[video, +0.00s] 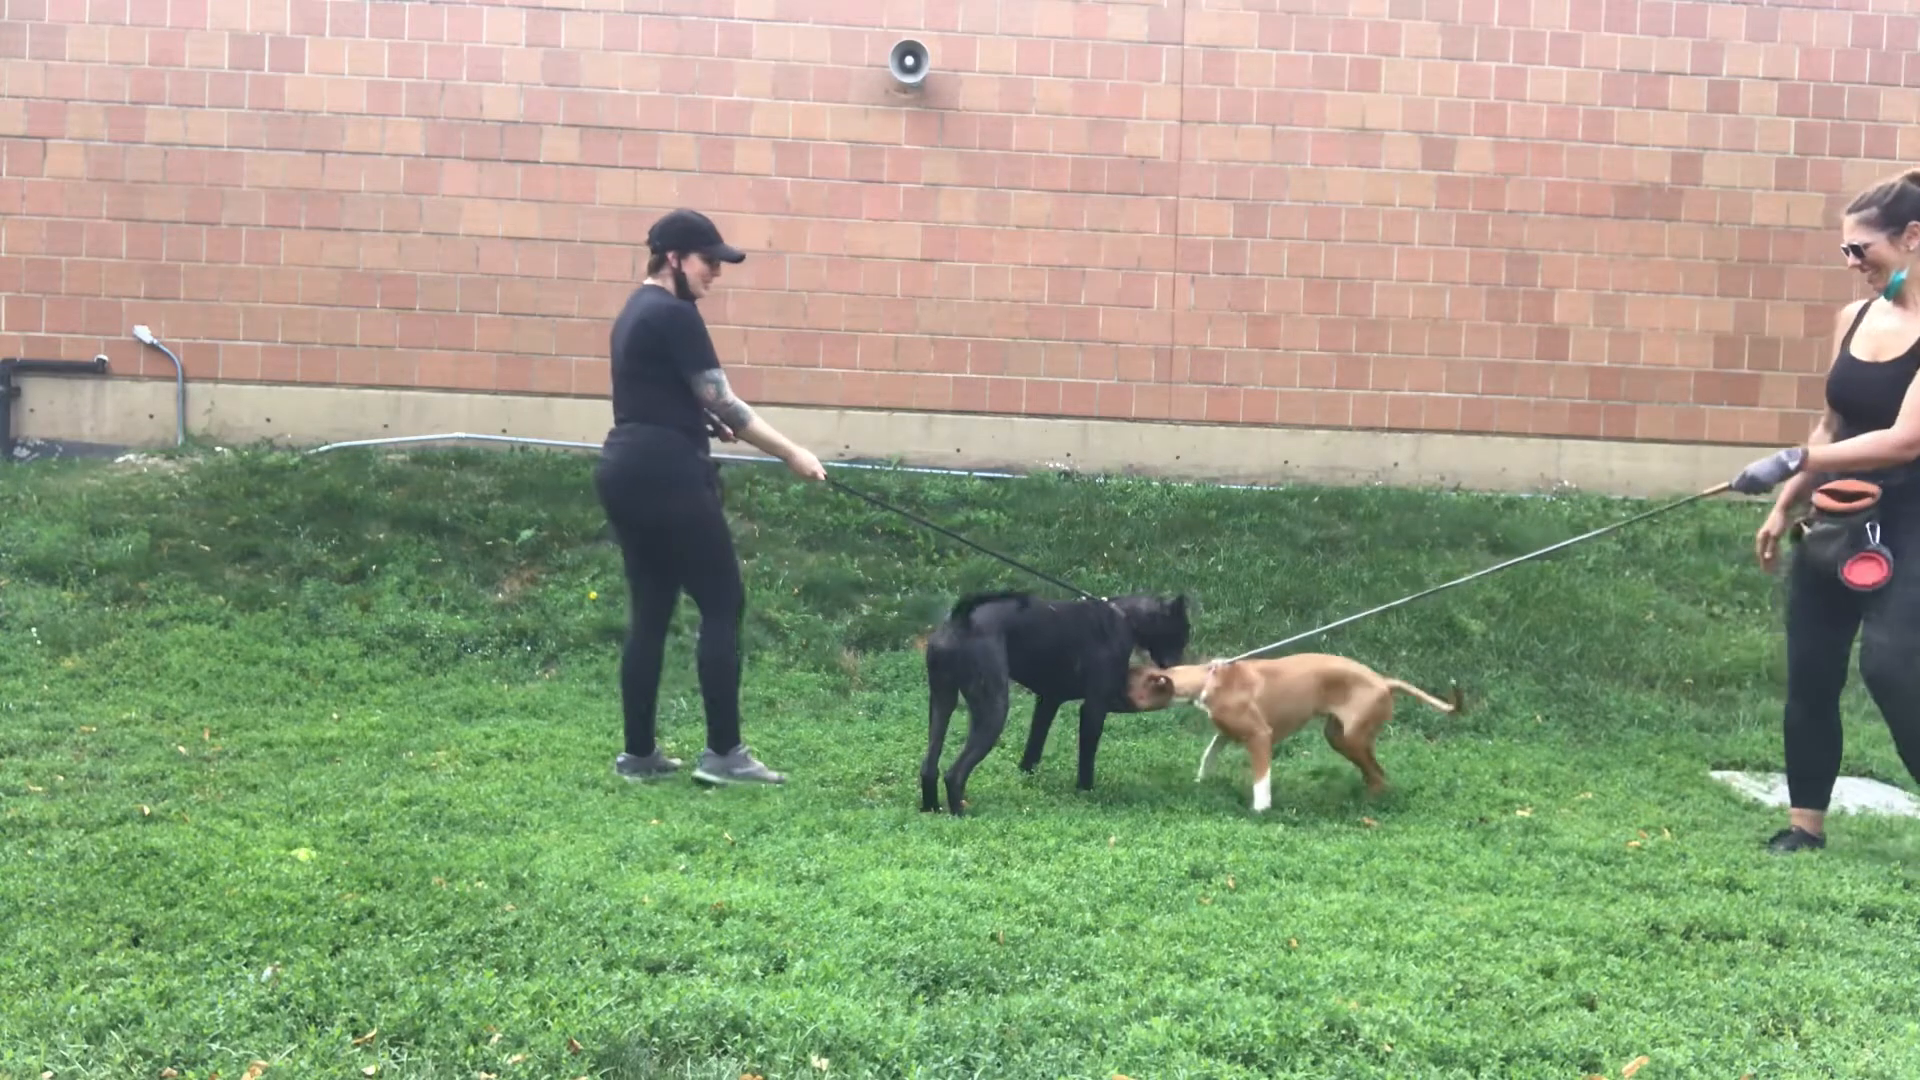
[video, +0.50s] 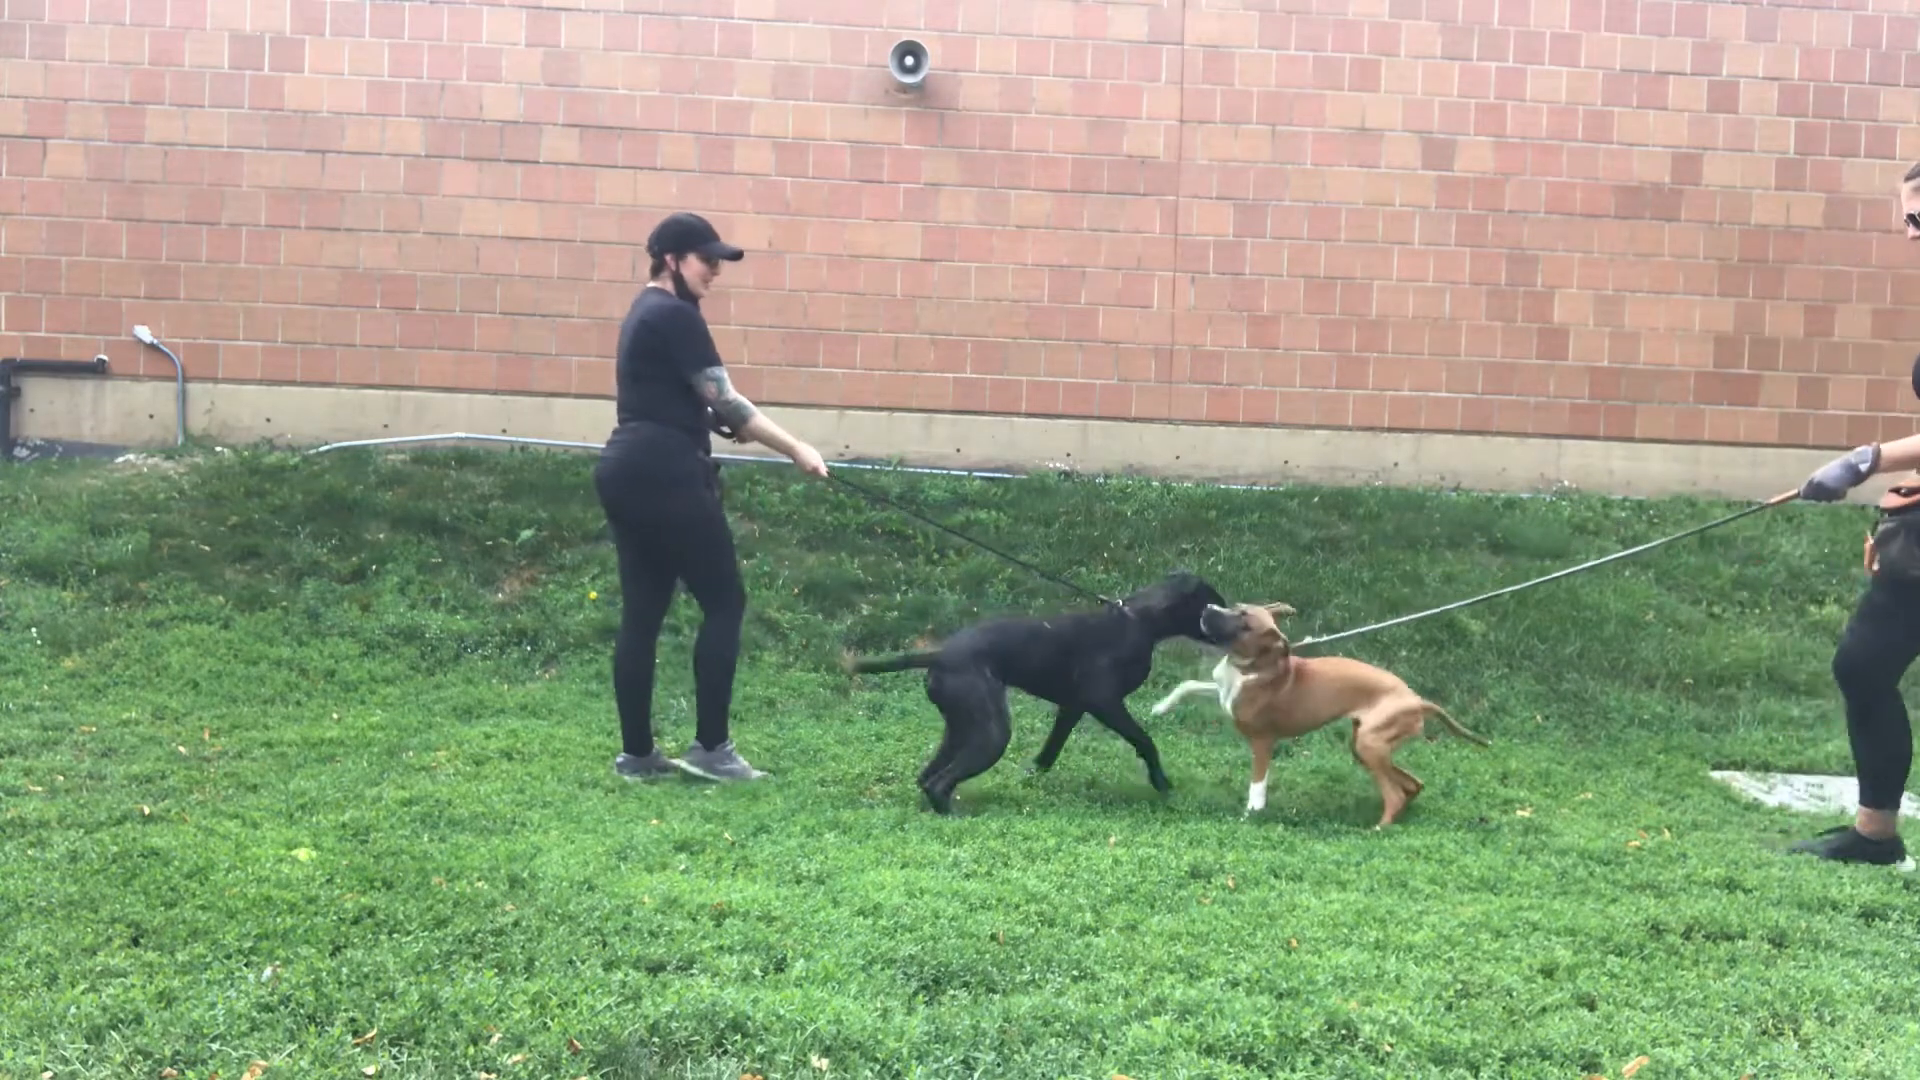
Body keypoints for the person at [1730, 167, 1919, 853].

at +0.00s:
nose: (1852, 261)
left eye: (1860, 248)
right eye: (1848, 249)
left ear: (1909, 240)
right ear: (1880, 245)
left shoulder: (1919, 326)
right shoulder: (1855, 317)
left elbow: (1908, 438)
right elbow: (1830, 424)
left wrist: (1805, 470)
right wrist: (1785, 508)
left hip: (1902, 522)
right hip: (1836, 515)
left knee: (1890, 666)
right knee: (1811, 672)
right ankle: (1806, 827)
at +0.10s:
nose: (1861, 257)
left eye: (1871, 243)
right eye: (1857, 244)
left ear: (1913, 235)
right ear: (1876, 241)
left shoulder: (1919, 320)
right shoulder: (1870, 314)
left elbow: (1911, 437)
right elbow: (1841, 423)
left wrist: (1805, 463)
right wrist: (1783, 500)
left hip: (1907, 525)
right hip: (1845, 517)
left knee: (1906, 680)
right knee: (1821, 677)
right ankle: (1808, 827)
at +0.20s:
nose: (1876, 253)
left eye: (1885, 240)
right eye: (1871, 241)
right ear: (1879, 239)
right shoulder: (1890, 314)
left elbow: (1918, 439)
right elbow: (1863, 428)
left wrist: (1832, 459)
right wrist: (1793, 493)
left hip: (1913, 527)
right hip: (1861, 518)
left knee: (1913, 686)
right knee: (1833, 679)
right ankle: (1809, 827)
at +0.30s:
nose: (1890, 247)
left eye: (1898, 234)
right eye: (1886, 234)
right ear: (1893, 229)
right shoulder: (1911, 308)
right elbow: (1896, 426)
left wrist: (1855, 460)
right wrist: (1823, 493)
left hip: (1916, 523)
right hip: (1885, 517)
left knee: (1912, 685)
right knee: (1849, 678)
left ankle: (1817, 822)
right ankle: (1815, 827)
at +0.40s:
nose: (1903, 237)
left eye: (1910, 223)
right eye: (1899, 225)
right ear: (1897, 222)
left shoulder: (1919, 337)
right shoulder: (1916, 332)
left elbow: (1919, 435)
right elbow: (1912, 435)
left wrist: (1853, 456)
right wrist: (1858, 502)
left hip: (1912, 528)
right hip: (1904, 523)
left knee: (1858, 671)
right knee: (1859, 671)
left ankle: (1828, 827)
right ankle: (1828, 826)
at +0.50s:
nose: (1910, 235)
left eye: (1914, 222)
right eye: (1908, 223)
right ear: (1905, 217)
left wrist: (1864, 459)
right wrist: (1904, 497)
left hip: (1917, 532)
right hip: (1912, 529)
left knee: (1863, 664)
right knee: (1863, 664)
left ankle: (1876, 831)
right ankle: (1876, 830)